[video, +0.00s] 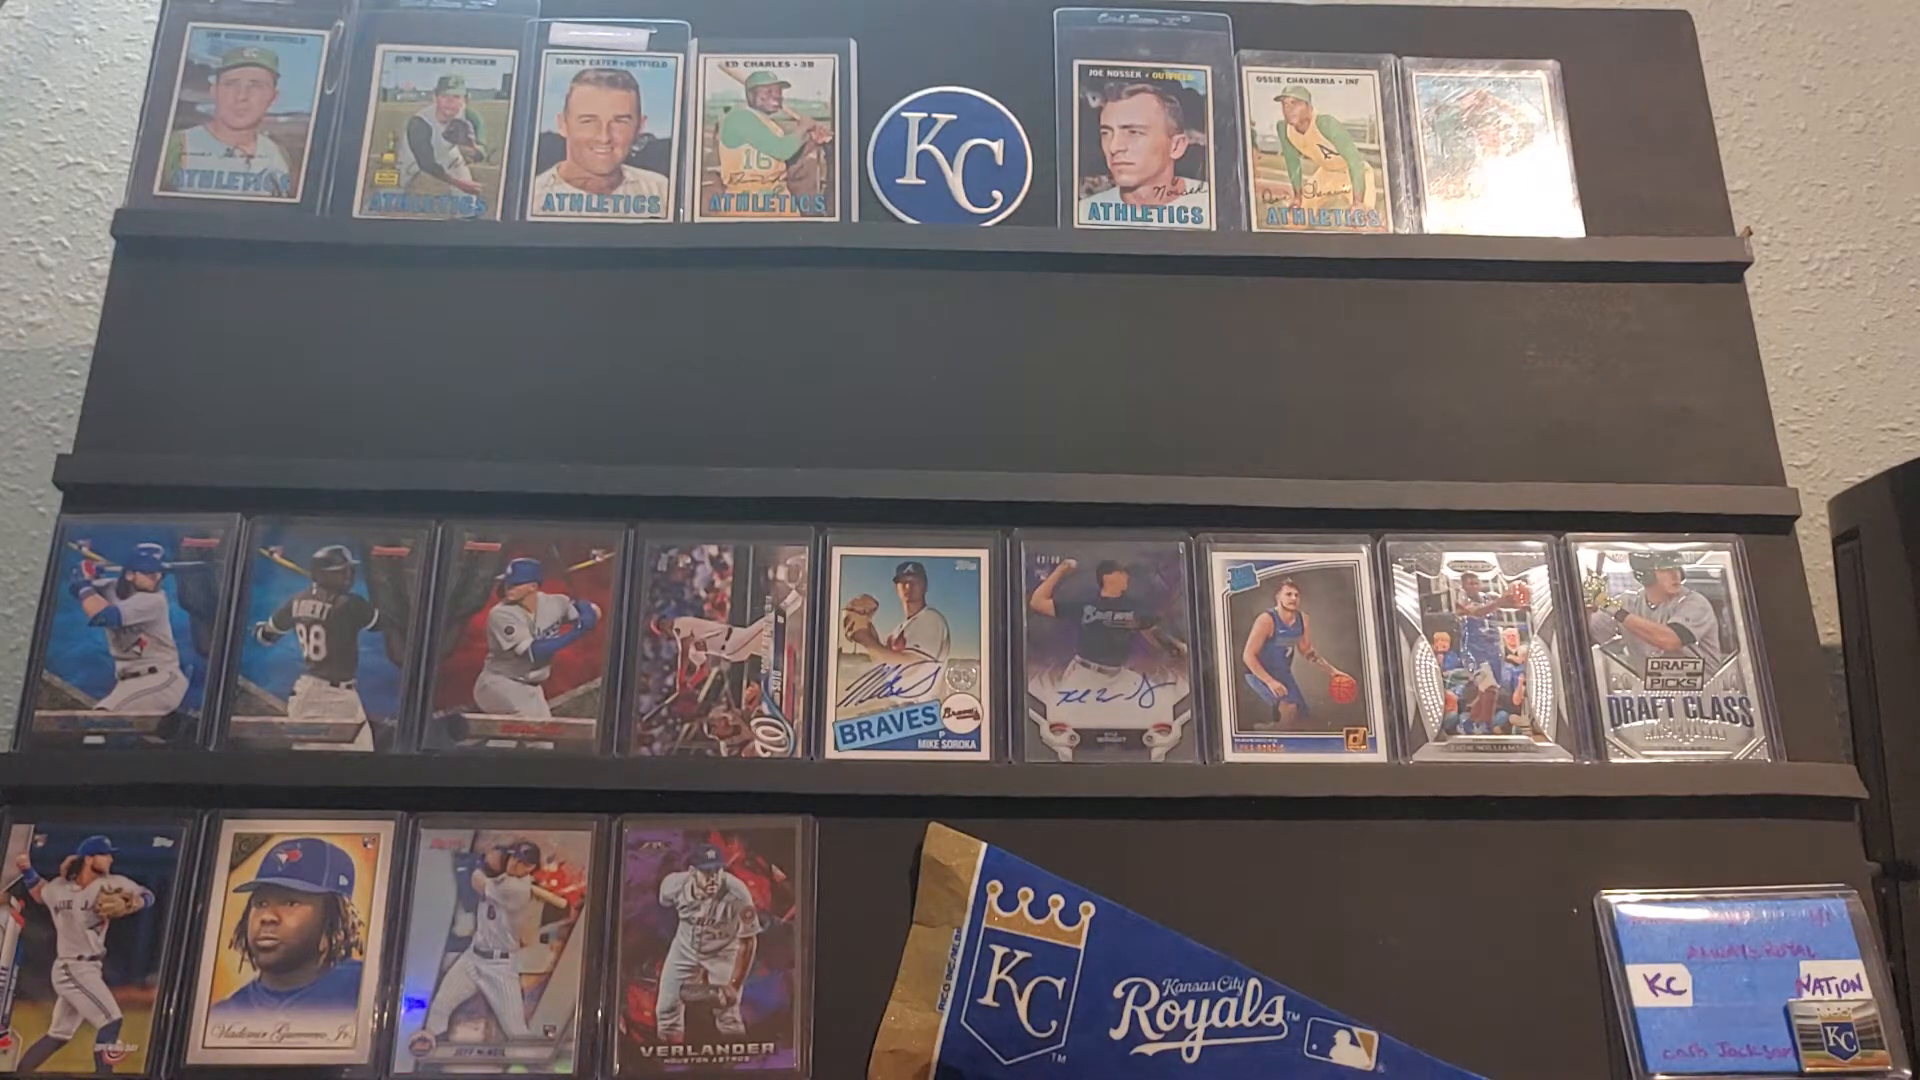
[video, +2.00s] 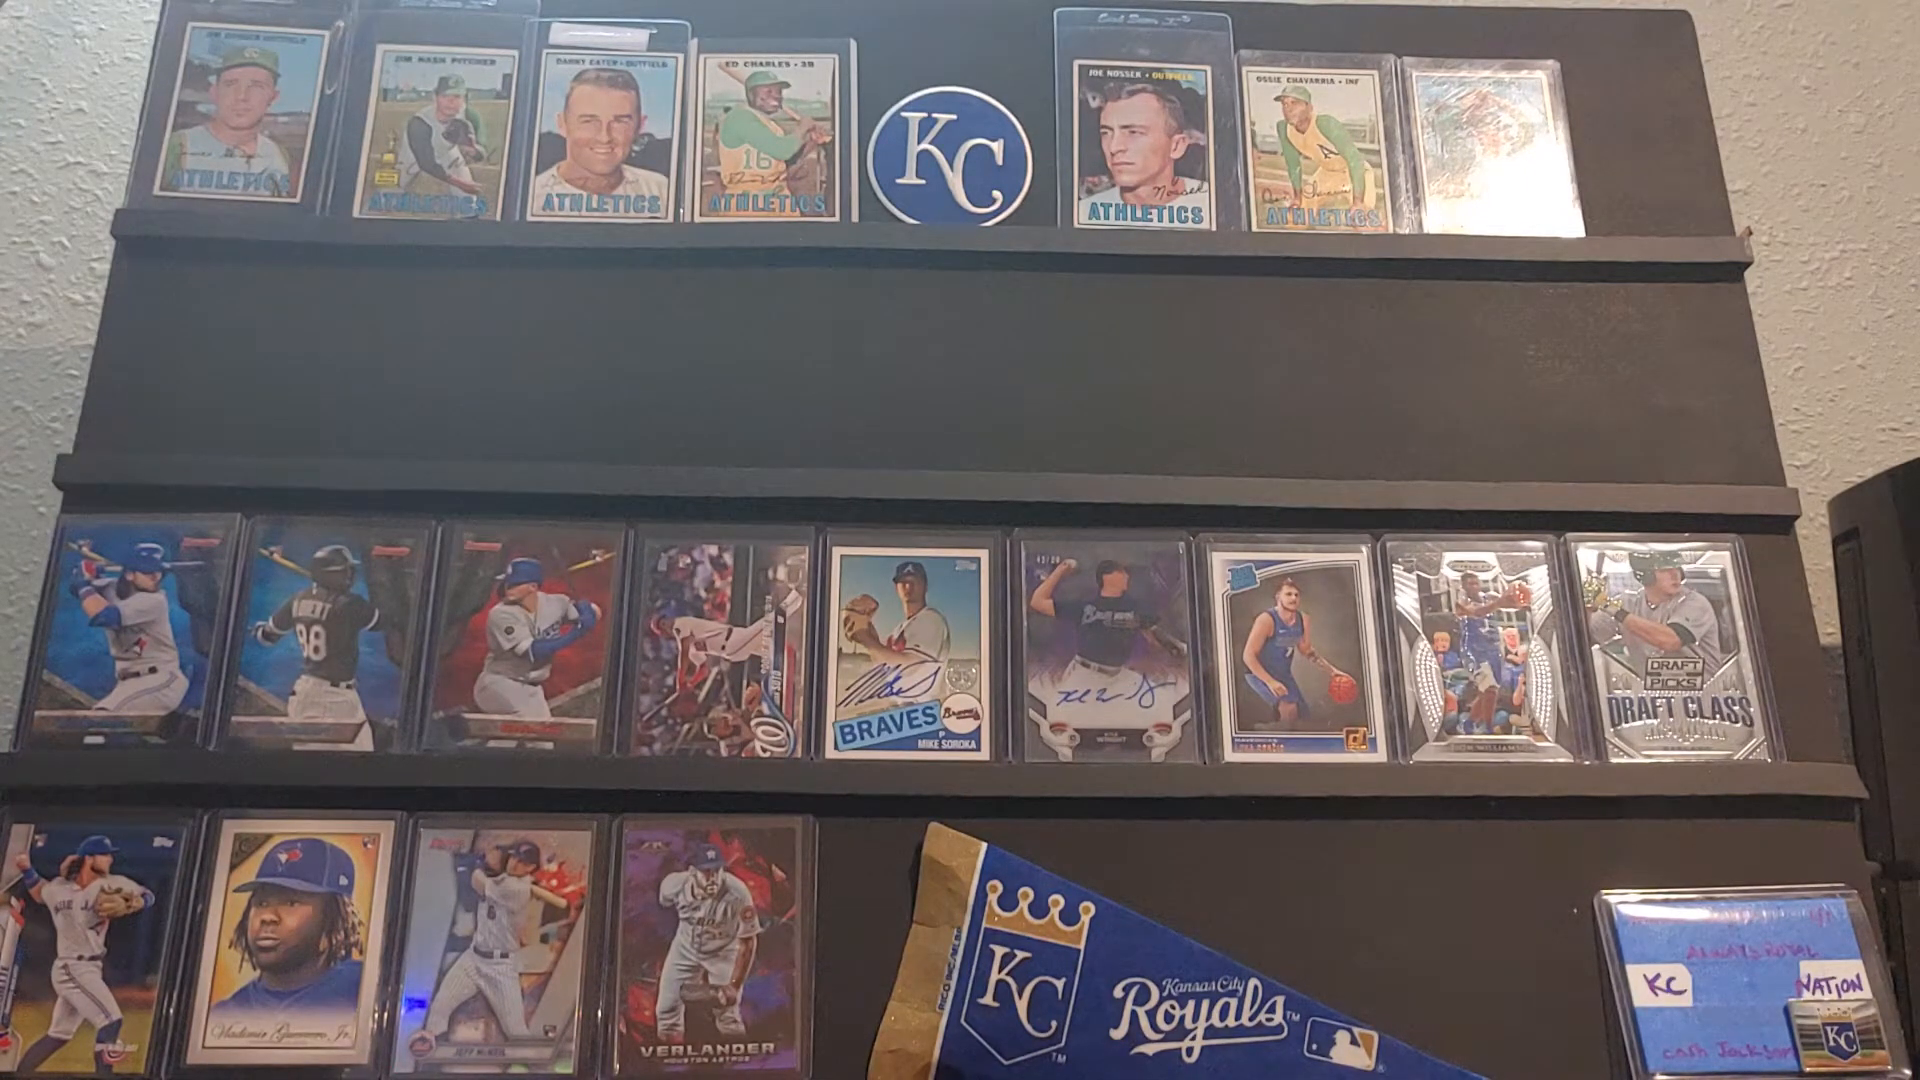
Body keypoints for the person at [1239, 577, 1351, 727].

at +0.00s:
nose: (1293, 599)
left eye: (1296, 595)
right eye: (1288, 594)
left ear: (1300, 598)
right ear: (1278, 598)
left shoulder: (1302, 619)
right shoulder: (1266, 620)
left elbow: (1307, 651)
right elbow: (1248, 656)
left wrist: (1332, 671)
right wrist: (1270, 681)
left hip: (1283, 672)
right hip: (1260, 672)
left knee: (1301, 713)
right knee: (1289, 706)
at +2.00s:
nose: (1293, 599)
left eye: (1296, 595)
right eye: (1288, 594)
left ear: (1300, 598)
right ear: (1278, 598)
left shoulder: (1302, 619)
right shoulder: (1266, 620)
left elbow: (1306, 650)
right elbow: (1248, 656)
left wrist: (1333, 671)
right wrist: (1271, 682)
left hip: (1284, 674)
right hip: (1260, 673)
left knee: (1302, 712)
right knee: (1288, 705)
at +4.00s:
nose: (1294, 599)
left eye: (1296, 595)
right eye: (1288, 595)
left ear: (1299, 598)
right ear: (1278, 597)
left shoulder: (1302, 619)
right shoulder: (1266, 620)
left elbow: (1306, 650)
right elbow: (1248, 656)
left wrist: (1333, 672)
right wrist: (1270, 681)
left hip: (1283, 673)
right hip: (1260, 673)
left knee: (1302, 715)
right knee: (1289, 707)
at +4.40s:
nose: (1293, 599)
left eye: (1296, 595)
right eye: (1288, 595)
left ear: (1299, 598)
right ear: (1278, 597)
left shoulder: (1303, 619)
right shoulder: (1266, 620)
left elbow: (1306, 650)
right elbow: (1248, 656)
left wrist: (1333, 671)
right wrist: (1270, 681)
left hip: (1284, 673)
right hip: (1260, 673)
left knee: (1302, 714)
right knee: (1289, 706)